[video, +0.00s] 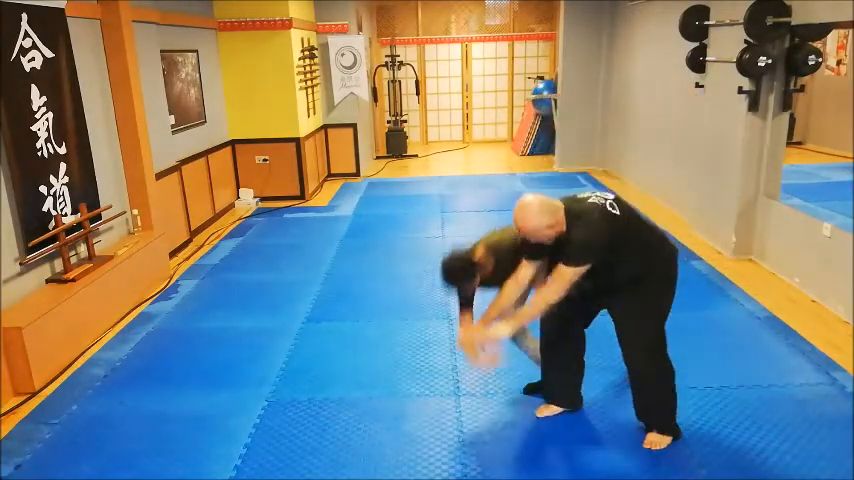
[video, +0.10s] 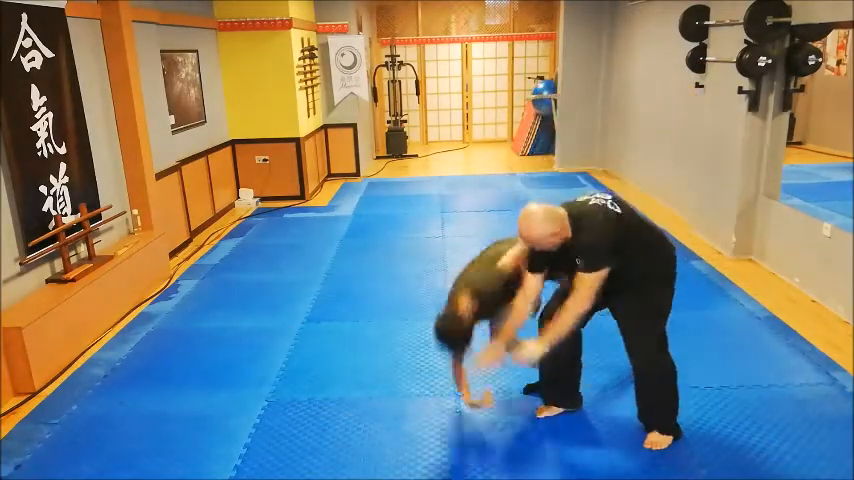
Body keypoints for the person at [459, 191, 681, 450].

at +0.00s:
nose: (525, 241)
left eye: (529, 235)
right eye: (522, 235)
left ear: (552, 226)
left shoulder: (589, 229)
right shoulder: (544, 224)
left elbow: (553, 292)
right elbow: (519, 278)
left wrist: (509, 327)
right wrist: (486, 322)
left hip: (645, 270)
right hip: (598, 270)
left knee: (643, 345)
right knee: (559, 320)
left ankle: (662, 425)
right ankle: (564, 398)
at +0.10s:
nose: (531, 250)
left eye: (535, 245)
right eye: (528, 245)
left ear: (559, 235)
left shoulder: (597, 229)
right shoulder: (542, 237)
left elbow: (582, 298)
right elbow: (527, 294)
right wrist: (502, 341)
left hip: (644, 271)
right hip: (596, 269)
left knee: (646, 346)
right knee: (553, 321)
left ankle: (663, 425)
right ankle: (562, 399)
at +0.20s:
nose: (540, 247)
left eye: (544, 241)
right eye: (537, 241)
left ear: (568, 231)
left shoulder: (609, 229)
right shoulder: (548, 237)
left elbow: (609, 298)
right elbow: (546, 294)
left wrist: (587, 355)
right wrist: (538, 353)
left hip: (646, 265)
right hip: (593, 265)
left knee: (647, 339)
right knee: (561, 324)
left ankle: (664, 425)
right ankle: (562, 397)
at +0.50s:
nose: (570, 213)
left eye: (576, 207)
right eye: (566, 207)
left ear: (601, 199)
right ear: (563, 197)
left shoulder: (641, 195)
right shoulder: (565, 212)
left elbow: (673, 255)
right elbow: (593, 269)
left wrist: (683, 313)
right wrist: (623, 319)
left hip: (644, 267)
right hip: (596, 265)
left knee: (658, 337)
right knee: (563, 318)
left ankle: (665, 422)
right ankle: (564, 398)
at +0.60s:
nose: (582, 199)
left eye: (589, 193)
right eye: (579, 192)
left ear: (613, 184)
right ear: (575, 182)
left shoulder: (655, 186)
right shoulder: (575, 202)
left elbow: (683, 245)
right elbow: (594, 263)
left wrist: (693, 302)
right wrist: (622, 313)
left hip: (654, 267)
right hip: (602, 264)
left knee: (660, 338)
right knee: (568, 318)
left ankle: (665, 422)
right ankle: (565, 397)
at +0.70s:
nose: (593, 190)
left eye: (600, 184)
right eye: (589, 183)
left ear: (625, 172)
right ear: (586, 169)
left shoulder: (662, 178)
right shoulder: (582, 192)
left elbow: (688, 240)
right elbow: (592, 254)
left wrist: (695, 299)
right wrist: (611, 311)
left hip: (656, 265)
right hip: (605, 262)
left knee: (662, 338)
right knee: (570, 319)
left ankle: (666, 422)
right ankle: (566, 397)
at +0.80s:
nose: (607, 165)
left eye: (615, 158)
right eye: (604, 156)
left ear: (640, 153)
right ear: (599, 150)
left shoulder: (678, 168)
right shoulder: (594, 179)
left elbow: (694, 233)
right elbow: (590, 241)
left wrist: (692, 291)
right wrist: (592, 298)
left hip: (662, 265)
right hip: (612, 262)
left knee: (666, 340)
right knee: (581, 318)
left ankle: (666, 422)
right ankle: (568, 396)